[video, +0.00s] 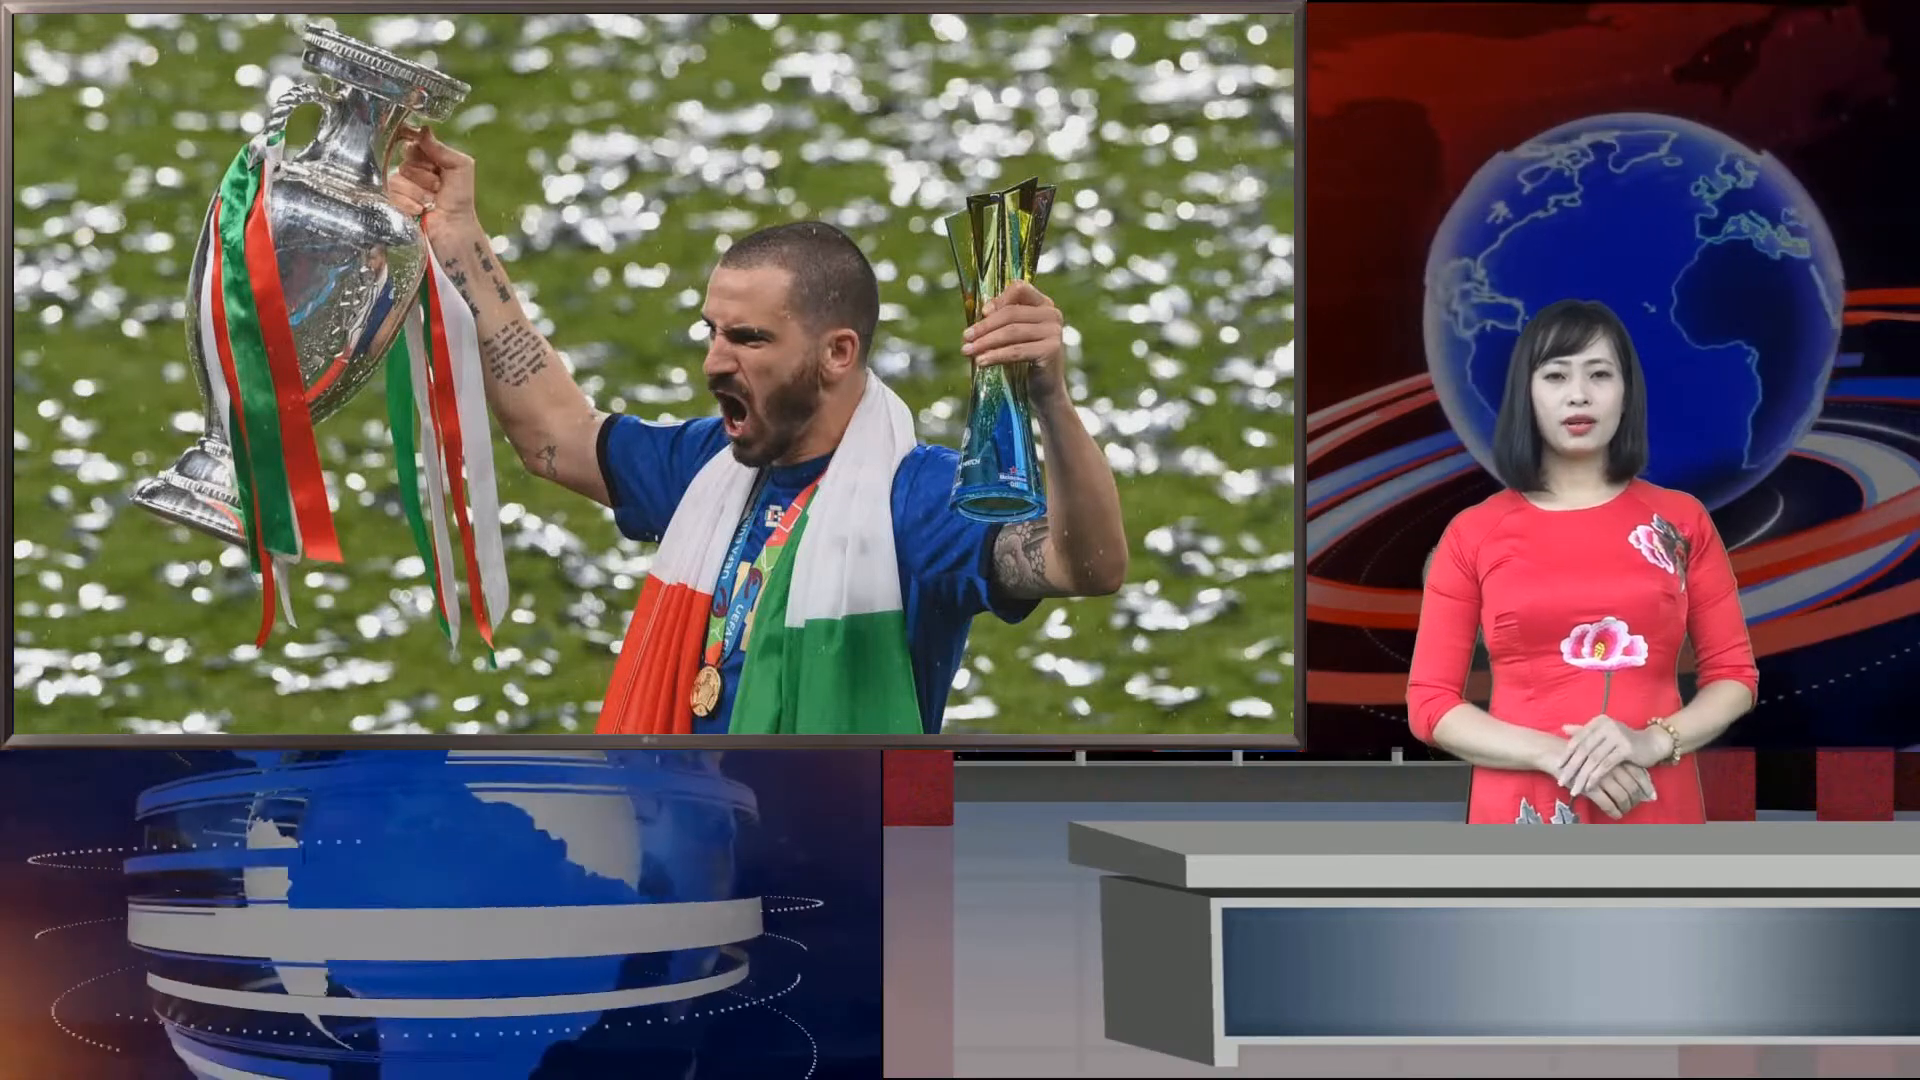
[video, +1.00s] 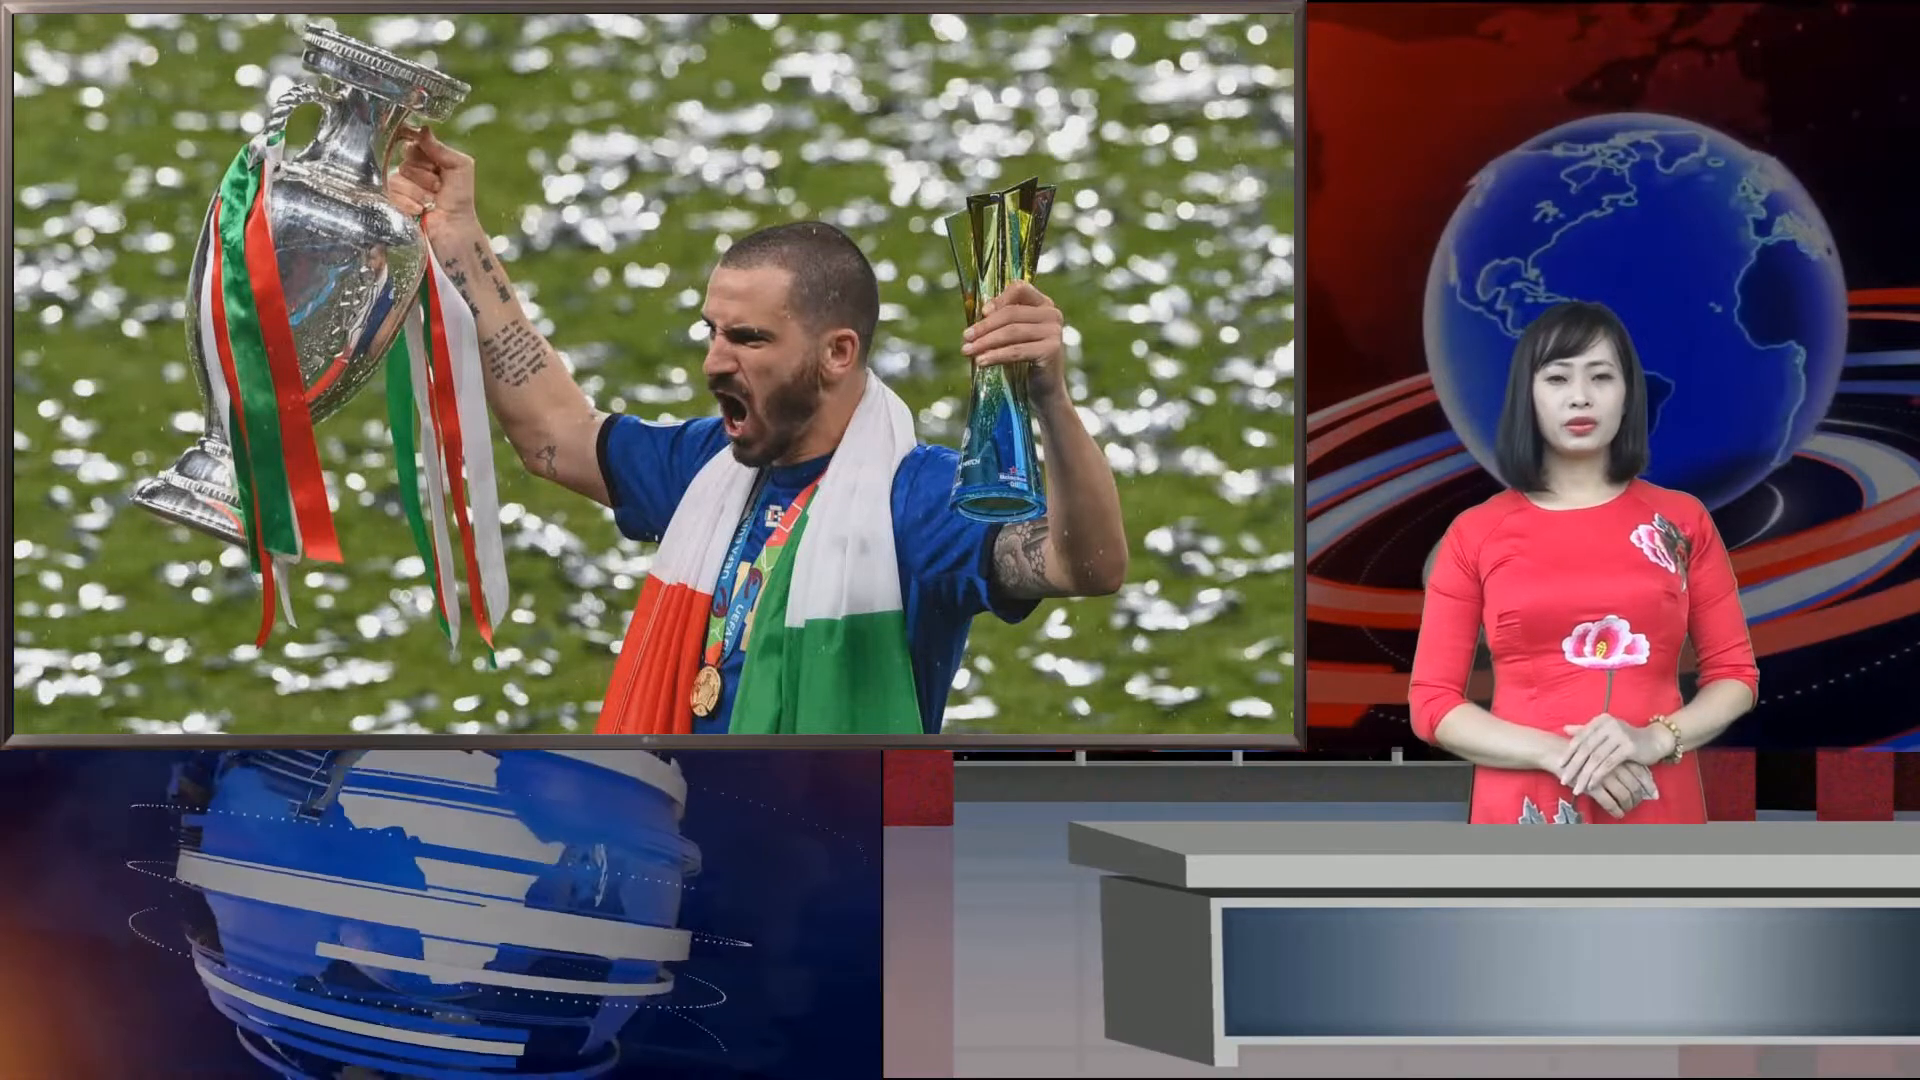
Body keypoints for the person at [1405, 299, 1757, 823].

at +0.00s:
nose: (1578, 394)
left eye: (1599, 375)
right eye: (1556, 375)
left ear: (1626, 393)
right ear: (1527, 393)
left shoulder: (1680, 521)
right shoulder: (1474, 535)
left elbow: (1734, 679)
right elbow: (1430, 704)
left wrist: (1653, 740)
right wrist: (1557, 752)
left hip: (1659, 823)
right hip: (1519, 825)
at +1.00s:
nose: (1580, 396)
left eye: (1601, 377)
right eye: (1557, 378)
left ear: (1627, 394)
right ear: (1528, 395)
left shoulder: (1681, 522)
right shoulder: (1476, 535)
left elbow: (1735, 678)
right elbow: (1432, 704)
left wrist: (1654, 738)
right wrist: (1560, 752)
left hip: (1660, 823)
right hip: (1520, 824)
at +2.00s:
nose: (1581, 392)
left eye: (1602, 372)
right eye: (1559, 374)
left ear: (1629, 391)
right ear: (1531, 393)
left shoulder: (1685, 521)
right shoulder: (1479, 534)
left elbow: (1740, 679)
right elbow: (1433, 701)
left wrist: (1650, 717)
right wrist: (1555, 752)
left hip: (1662, 822)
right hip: (1523, 822)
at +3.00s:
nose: (1581, 393)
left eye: (1602, 374)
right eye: (1559, 376)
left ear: (1630, 392)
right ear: (1531, 394)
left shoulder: (1685, 520)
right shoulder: (1479, 533)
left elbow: (1739, 679)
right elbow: (1433, 701)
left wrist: (1650, 728)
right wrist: (1566, 752)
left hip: (1661, 824)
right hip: (1521, 824)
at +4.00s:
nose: (1580, 394)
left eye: (1601, 375)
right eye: (1558, 376)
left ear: (1629, 391)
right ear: (1530, 394)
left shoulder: (1685, 522)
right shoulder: (1479, 533)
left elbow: (1737, 680)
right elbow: (1432, 701)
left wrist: (1650, 728)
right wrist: (1566, 752)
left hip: (1661, 823)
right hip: (1521, 824)